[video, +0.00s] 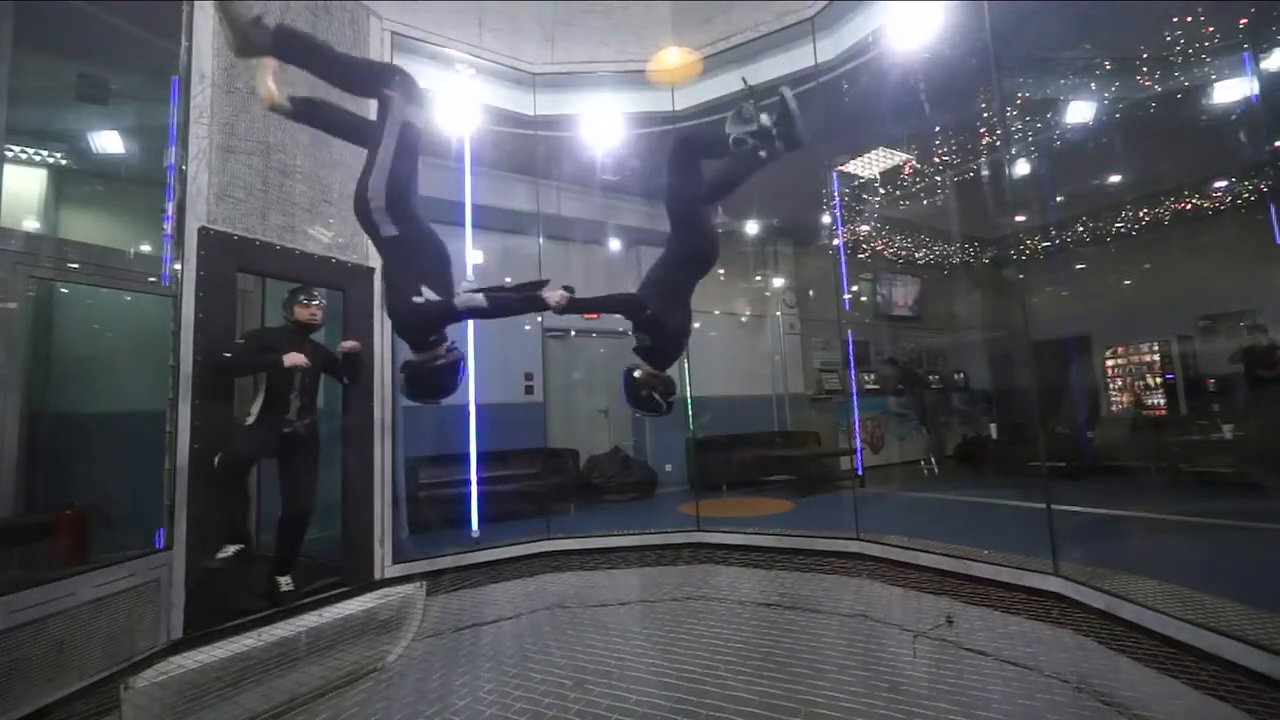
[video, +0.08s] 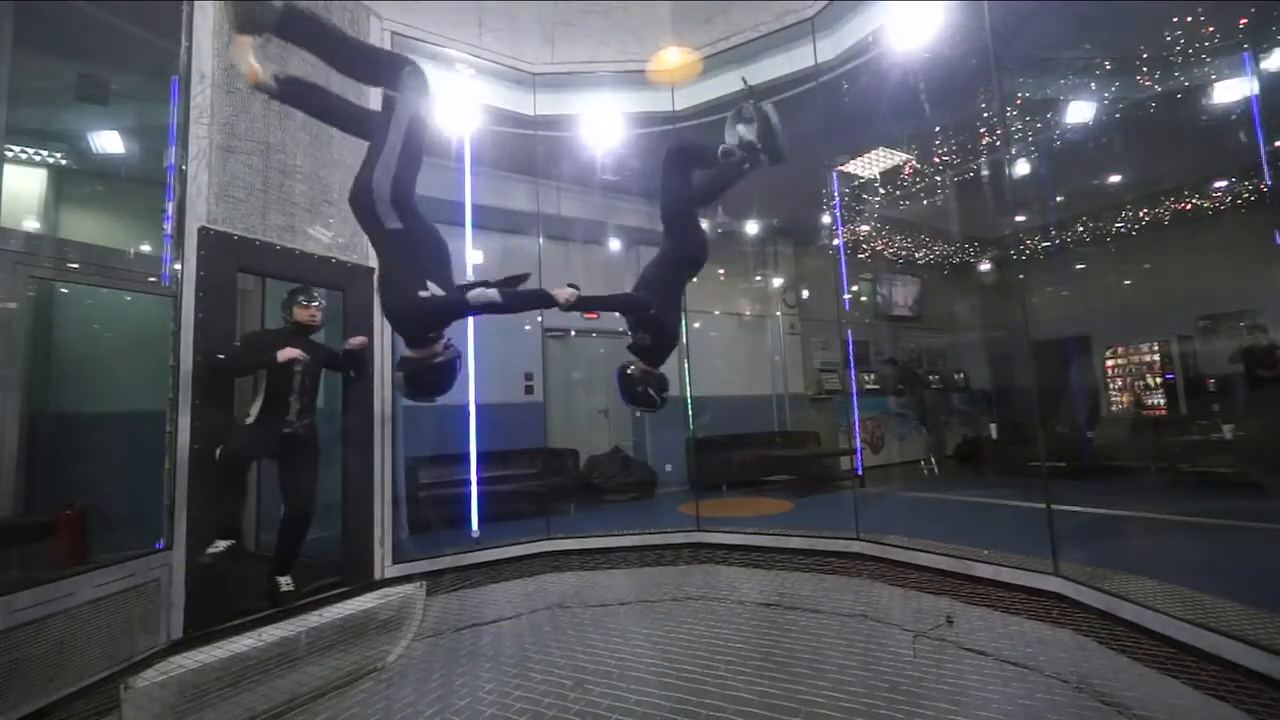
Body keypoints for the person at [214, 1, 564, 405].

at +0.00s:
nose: (447, 355)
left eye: (443, 361)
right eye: (451, 364)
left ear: (432, 361)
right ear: (443, 359)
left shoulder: (418, 322)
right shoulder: (421, 322)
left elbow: (477, 306)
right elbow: (482, 301)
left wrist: (537, 298)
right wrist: (540, 294)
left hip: (385, 218)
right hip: (395, 222)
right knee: (386, 142)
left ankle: (258, 34)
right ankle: (287, 104)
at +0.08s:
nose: (447, 351)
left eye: (441, 357)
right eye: (450, 358)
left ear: (426, 358)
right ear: (442, 355)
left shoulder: (417, 322)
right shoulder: (421, 320)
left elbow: (483, 304)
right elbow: (478, 298)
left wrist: (548, 298)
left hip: (377, 209)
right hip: (397, 216)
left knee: (344, 55)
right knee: (367, 122)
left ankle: (266, 14)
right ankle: (272, 84)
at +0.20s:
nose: (438, 348)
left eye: (425, 363)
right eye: (436, 361)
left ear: (425, 355)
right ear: (434, 356)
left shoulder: (431, 311)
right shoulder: (402, 308)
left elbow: (507, 296)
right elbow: (470, 283)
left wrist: (563, 295)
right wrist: (510, 285)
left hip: (390, 192)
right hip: (369, 195)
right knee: (343, 93)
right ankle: (254, 48)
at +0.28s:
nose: (446, 344)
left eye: (436, 357)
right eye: (442, 356)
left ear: (431, 350)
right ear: (434, 353)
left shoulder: (434, 308)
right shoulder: (394, 303)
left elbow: (499, 297)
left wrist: (555, 294)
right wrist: (538, 299)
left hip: (398, 185)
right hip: (367, 188)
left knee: (433, 57)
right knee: (365, 96)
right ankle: (255, 28)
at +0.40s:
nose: (436, 344)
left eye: (432, 349)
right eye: (440, 349)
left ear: (426, 346)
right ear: (438, 345)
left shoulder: (452, 302)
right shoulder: (384, 295)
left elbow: (517, 290)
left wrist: (567, 289)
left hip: (421, 178)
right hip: (373, 184)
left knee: (457, 49)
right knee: (356, 80)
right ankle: (259, 3)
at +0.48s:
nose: (448, 339)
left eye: (439, 350)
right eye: (447, 350)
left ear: (426, 342)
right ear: (440, 341)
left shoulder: (468, 297)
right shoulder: (384, 291)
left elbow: (530, 284)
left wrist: (574, 282)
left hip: (437, 158)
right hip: (376, 160)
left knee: (476, 44)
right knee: (351, 60)